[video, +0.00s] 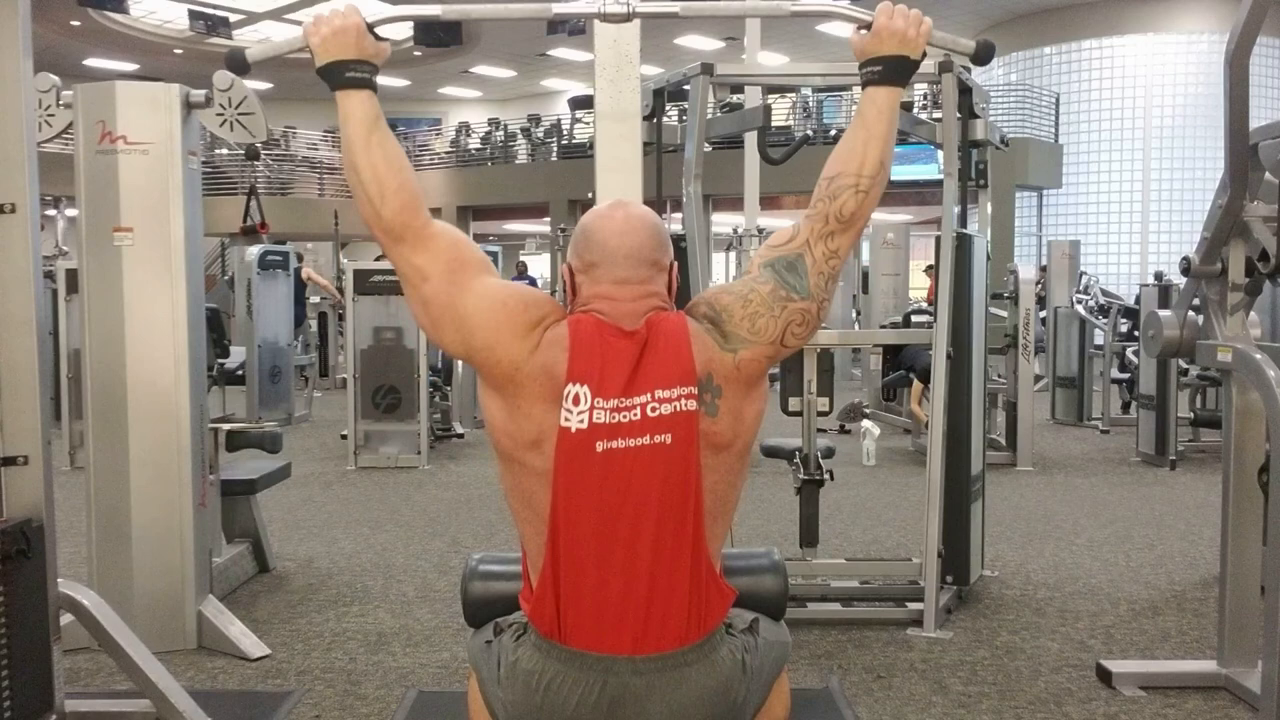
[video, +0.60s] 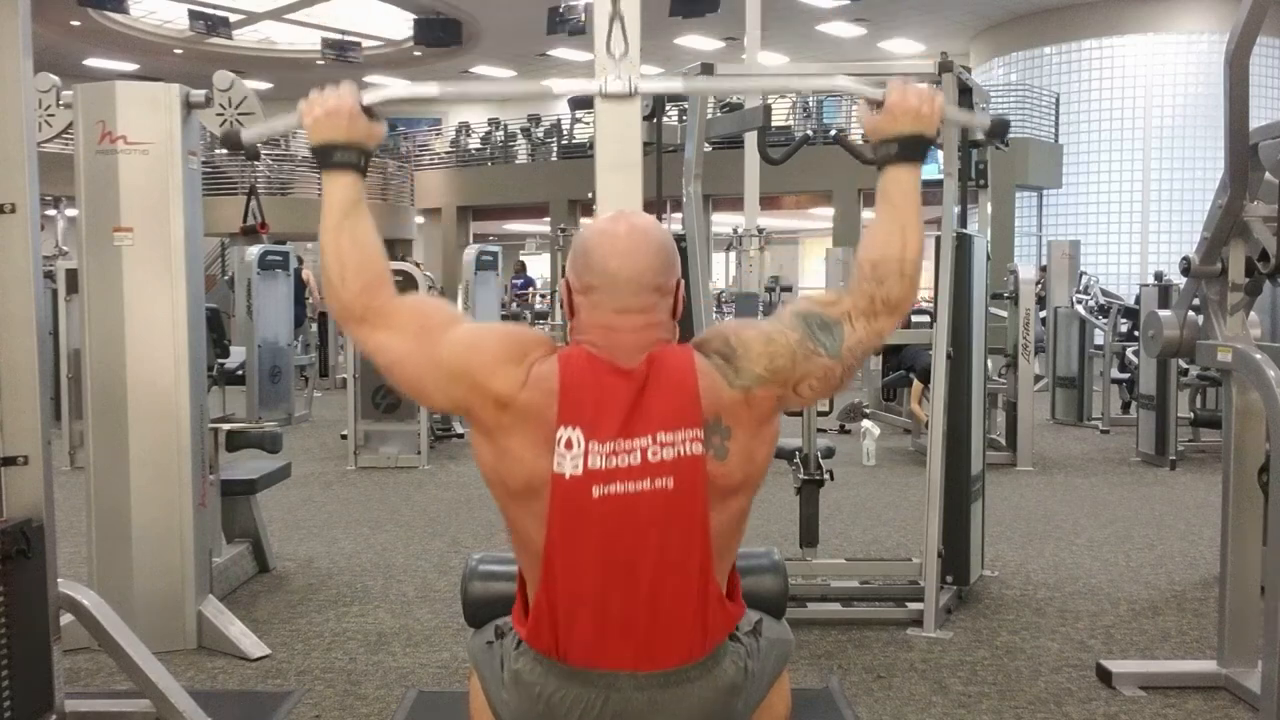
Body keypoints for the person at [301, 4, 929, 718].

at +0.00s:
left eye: (569, 265)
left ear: (570, 283)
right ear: (673, 281)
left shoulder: (514, 340)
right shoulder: (733, 343)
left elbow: (402, 224)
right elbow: (836, 218)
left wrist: (349, 75)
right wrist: (887, 75)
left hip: (554, 680)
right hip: (696, 681)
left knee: (488, 668)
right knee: (767, 645)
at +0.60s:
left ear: (569, 299)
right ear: (676, 300)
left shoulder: (503, 377)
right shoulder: (748, 375)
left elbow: (363, 308)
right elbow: (880, 304)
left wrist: (339, 162)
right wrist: (903, 156)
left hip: (552, 684)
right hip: (703, 683)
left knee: (490, 660)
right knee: (768, 651)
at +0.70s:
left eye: (567, 297)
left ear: (566, 317)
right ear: (678, 317)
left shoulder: (499, 405)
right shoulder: (752, 403)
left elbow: (351, 356)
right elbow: (891, 349)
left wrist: (336, 209)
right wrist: (908, 203)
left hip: (549, 689)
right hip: (708, 685)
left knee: (490, 666)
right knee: (765, 644)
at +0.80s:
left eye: (569, 315)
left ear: (565, 339)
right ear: (679, 342)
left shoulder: (497, 438)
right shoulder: (751, 437)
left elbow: (343, 412)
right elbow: (896, 410)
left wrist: (330, 264)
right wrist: (912, 261)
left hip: (546, 696)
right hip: (702, 694)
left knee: (489, 656)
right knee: (770, 651)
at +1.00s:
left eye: (567, 355)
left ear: (564, 378)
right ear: (686, 378)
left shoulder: (492, 495)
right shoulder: (754, 491)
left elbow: (339, 521)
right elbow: (898, 516)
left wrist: (326, 373)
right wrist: (911, 370)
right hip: (709, 699)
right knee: (770, 644)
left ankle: (484, 708)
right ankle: (784, 710)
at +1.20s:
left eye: (567, 383)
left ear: (566, 407)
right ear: (690, 414)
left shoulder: (487, 534)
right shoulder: (762, 534)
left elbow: (347, 606)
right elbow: (880, 608)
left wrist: (326, 459)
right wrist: (907, 461)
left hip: (532, 705)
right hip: (705, 705)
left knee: (480, 663)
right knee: (767, 637)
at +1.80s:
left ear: (563, 393)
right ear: (689, 398)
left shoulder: (486, 519)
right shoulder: (757, 526)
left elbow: (349, 588)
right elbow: (889, 592)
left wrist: (333, 437)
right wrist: (913, 445)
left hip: (532, 709)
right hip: (706, 708)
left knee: (484, 653)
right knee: (771, 638)